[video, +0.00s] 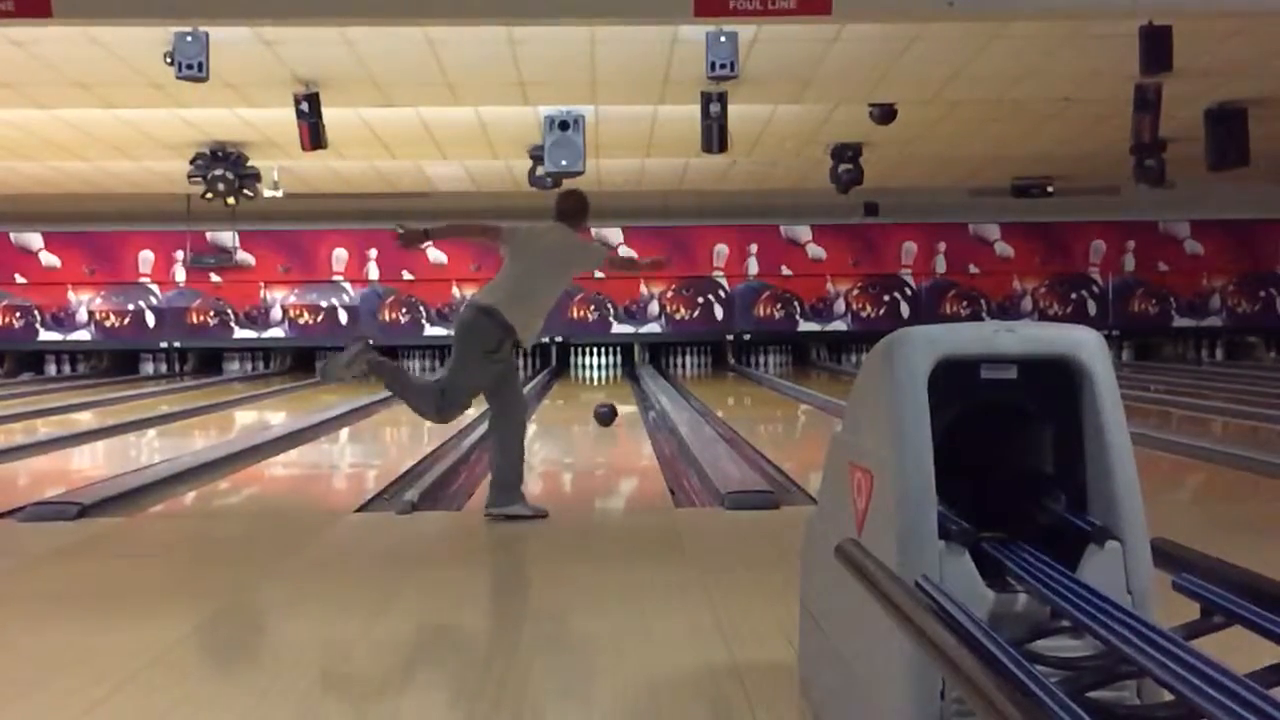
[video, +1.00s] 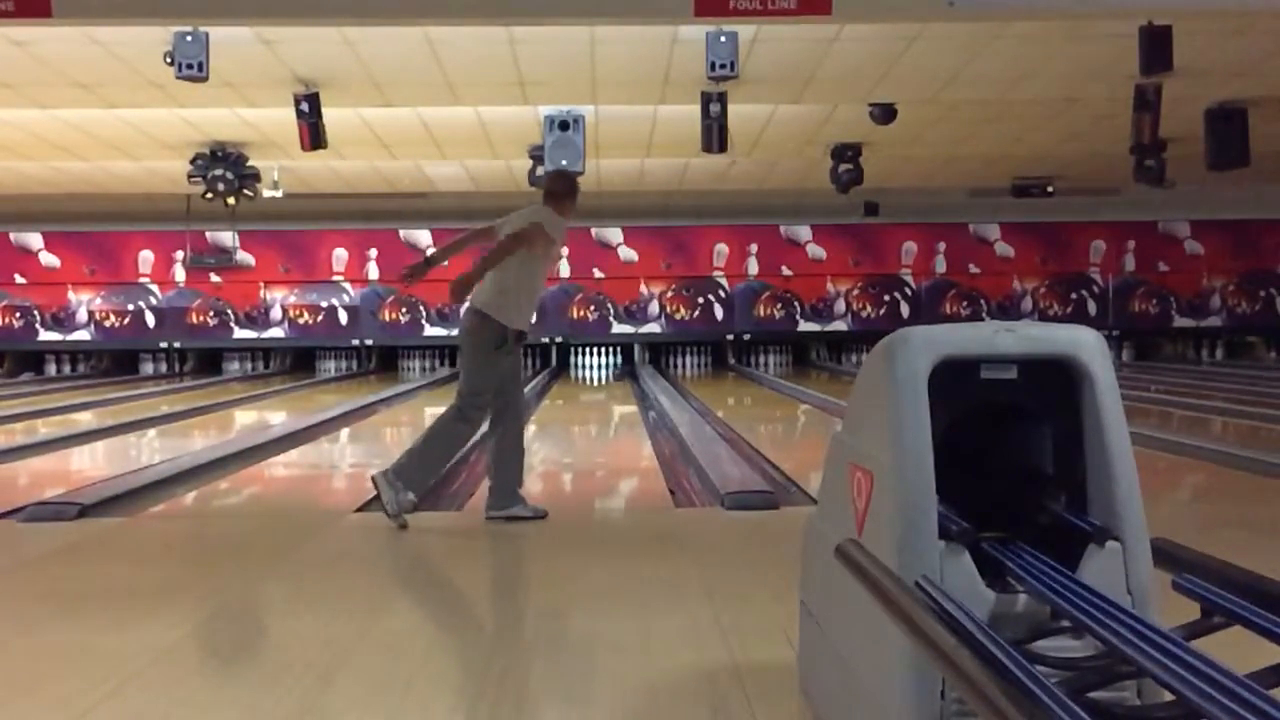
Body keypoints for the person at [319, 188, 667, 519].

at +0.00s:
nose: (587, 229)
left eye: (582, 222)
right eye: (587, 224)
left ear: (555, 214)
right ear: (584, 222)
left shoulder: (526, 232)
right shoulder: (577, 246)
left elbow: (477, 230)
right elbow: (620, 263)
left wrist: (426, 235)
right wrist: (650, 264)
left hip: (486, 330)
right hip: (489, 329)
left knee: (511, 415)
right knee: (442, 405)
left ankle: (505, 500)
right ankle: (374, 364)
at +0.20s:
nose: (584, 224)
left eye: (579, 217)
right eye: (584, 218)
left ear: (553, 211)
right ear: (581, 218)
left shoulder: (522, 230)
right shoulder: (574, 249)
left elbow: (471, 231)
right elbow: (612, 291)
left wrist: (418, 243)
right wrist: (640, 314)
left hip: (495, 340)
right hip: (485, 335)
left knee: (514, 419)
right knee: (454, 415)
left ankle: (505, 502)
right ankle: (361, 423)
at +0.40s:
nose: (583, 221)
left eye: (580, 213)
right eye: (583, 215)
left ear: (552, 207)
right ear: (579, 215)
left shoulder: (523, 227)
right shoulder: (575, 251)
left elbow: (467, 233)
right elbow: (597, 304)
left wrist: (417, 248)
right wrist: (615, 346)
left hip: (497, 340)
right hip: (485, 335)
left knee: (512, 417)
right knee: (457, 416)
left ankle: (504, 501)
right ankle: (373, 452)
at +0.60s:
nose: (577, 215)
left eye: (573, 205)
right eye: (579, 208)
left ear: (550, 201)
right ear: (578, 209)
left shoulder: (525, 222)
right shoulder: (563, 241)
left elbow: (469, 234)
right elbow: (568, 304)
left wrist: (422, 250)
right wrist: (571, 359)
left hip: (498, 336)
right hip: (490, 333)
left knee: (514, 419)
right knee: (459, 417)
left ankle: (505, 501)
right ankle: (390, 481)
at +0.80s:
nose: (574, 210)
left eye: (571, 201)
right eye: (576, 204)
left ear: (547, 196)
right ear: (575, 204)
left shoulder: (521, 219)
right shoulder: (555, 236)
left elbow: (472, 235)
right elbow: (529, 280)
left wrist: (428, 258)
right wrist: (515, 333)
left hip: (487, 327)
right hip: (491, 332)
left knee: (517, 414)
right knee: (461, 414)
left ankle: (506, 501)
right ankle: (393, 483)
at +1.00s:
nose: (574, 204)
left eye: (571, 196)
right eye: (574, 197)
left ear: (545, 193)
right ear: (573, 197)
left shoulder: (525, 216)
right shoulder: (548, 222)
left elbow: (474, 236)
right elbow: (510, 244)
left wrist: (428, 262)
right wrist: (472, 277)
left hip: (500, 329)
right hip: (491, 327)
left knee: (510, 416)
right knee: (469, 412)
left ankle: (505, 500)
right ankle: (398, 480)